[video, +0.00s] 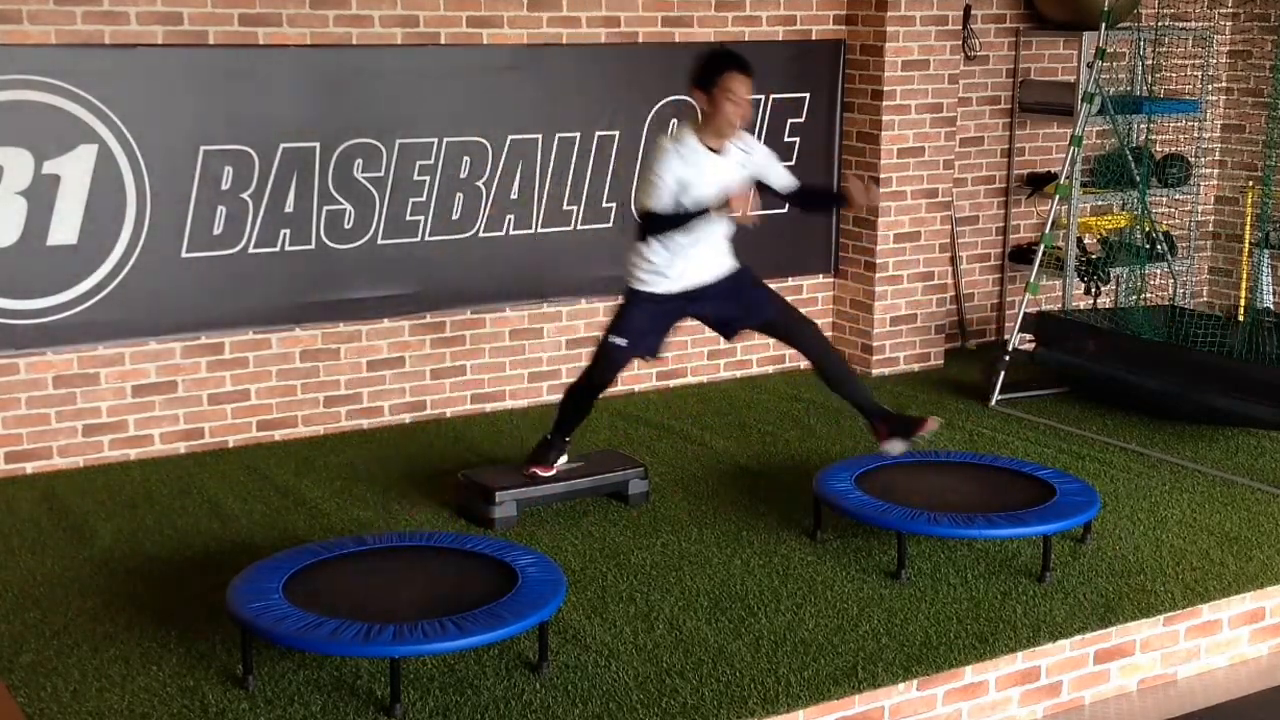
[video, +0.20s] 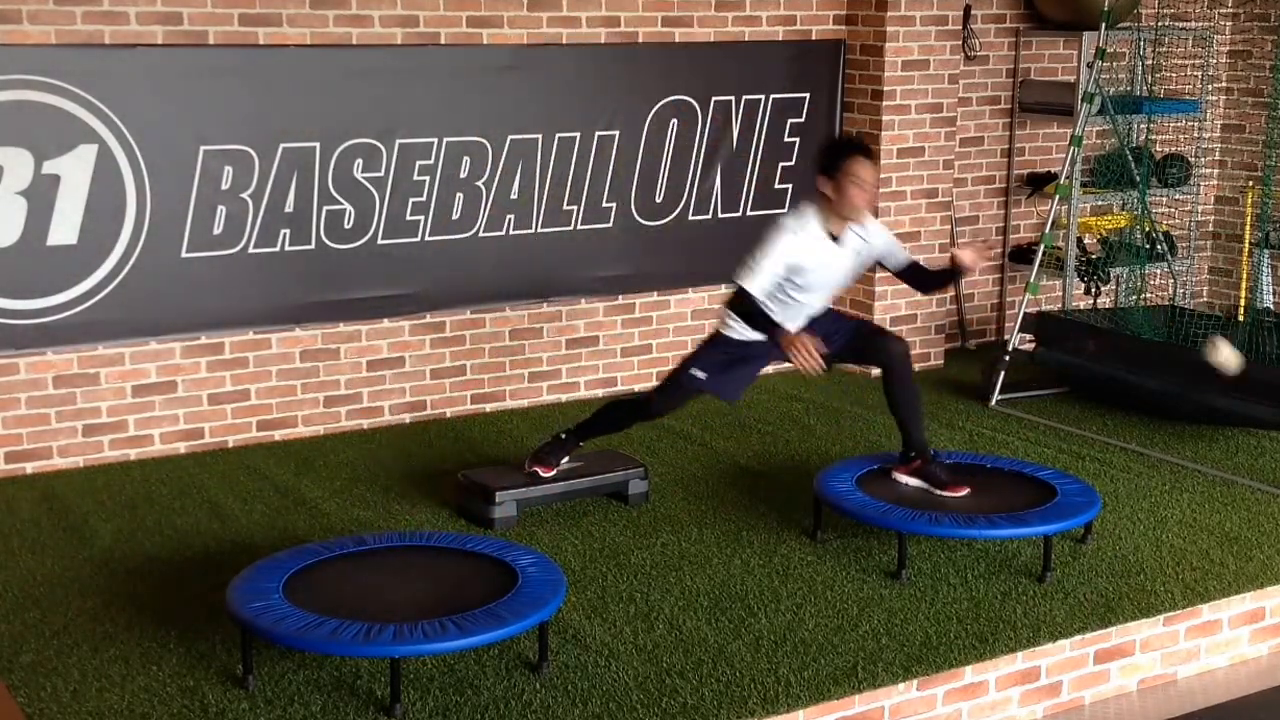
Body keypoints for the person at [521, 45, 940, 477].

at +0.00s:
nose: (743, 109)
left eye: (748, 100)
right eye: (733, 98)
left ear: (750, 104)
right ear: (702, 98)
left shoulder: (747, 149)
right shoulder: (672, 153)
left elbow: (795, 193)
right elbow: (647, 225)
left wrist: (842, 196)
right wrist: (719, 208)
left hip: (721, 278)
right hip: (657, 287)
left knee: (809, 335)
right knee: (601, 370)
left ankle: (884, 422)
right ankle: (553, 446)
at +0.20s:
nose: (870, 194)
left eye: (874, 184)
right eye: (860, 183)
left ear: (874, 189)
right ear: (828, 185)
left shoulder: (870, 233)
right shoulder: (792, 230)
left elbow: (923, 280)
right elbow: (741, 298)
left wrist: (955, 267)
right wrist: (785, 336)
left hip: (808, 326)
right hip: (749, 330)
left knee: (893, 348)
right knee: (660, 404)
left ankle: (917, 460)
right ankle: (568, 440)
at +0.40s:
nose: (949, 261)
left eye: (952, 251)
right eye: (942, 250)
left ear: (939, 253)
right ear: (907, 247)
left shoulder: (930, 293)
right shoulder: (859, 279)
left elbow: (970, 337)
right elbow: (811, 348)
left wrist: (1020, 323)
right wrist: (853, 408)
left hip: (837, 353)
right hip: (779, 350)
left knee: (925, 345)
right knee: (679, 409)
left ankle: (919, 463)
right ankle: (573, 442)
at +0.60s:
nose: (958, 267)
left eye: (961, 256)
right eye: (949, 256)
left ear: (952, 259)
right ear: (915, 254)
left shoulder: (940, 300)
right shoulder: (875, 292)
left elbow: (964, 361)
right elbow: (825, 358)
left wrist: (1009, 419)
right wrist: (841, 430)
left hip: (841, 349)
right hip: (783, 342)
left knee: (930, 347)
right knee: (685, 404)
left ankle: (915, 460)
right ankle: (575, 441)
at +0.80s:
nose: (932, 231)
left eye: (936, 222)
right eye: (923, 220)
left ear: (930, 229)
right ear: (887, 219)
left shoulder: (914, 276)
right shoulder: (838, 256)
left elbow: (953, 339)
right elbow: (782, 311)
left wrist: (1001, 392)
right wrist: (772, 376)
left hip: (827, 329)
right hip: (766, 322)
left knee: (907, 347)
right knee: (665, 388)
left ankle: (917, 460)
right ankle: (570, 439)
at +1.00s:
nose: (800, 160)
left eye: (808, 153)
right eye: (791, 150)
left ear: (816, 160)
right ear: (768, 154)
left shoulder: (823, 203)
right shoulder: (733, 207)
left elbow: (875, 242)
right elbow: (674, 258)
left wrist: (934, 252)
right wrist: (655, 320)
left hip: (777, 312)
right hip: (709, 312)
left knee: (854, 365)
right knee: (634, 366)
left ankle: (914, 461)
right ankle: (571, 444)